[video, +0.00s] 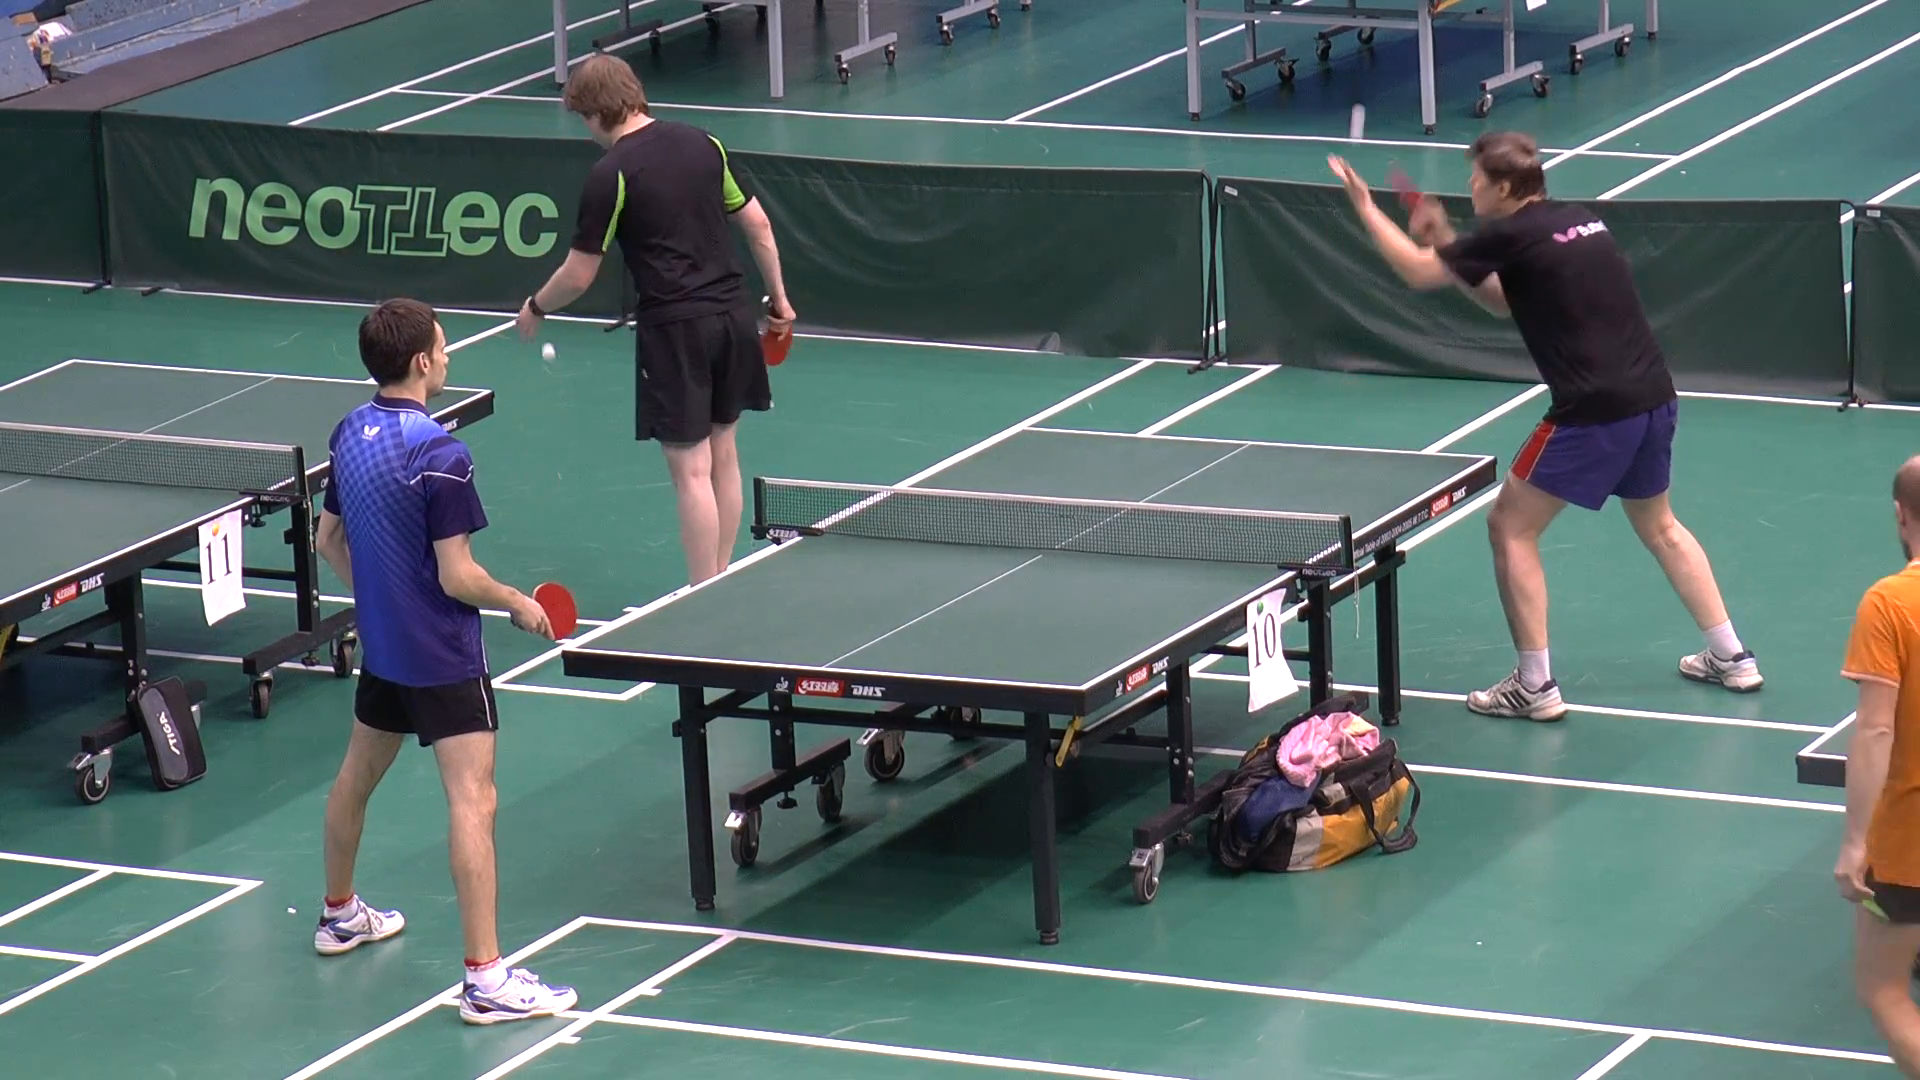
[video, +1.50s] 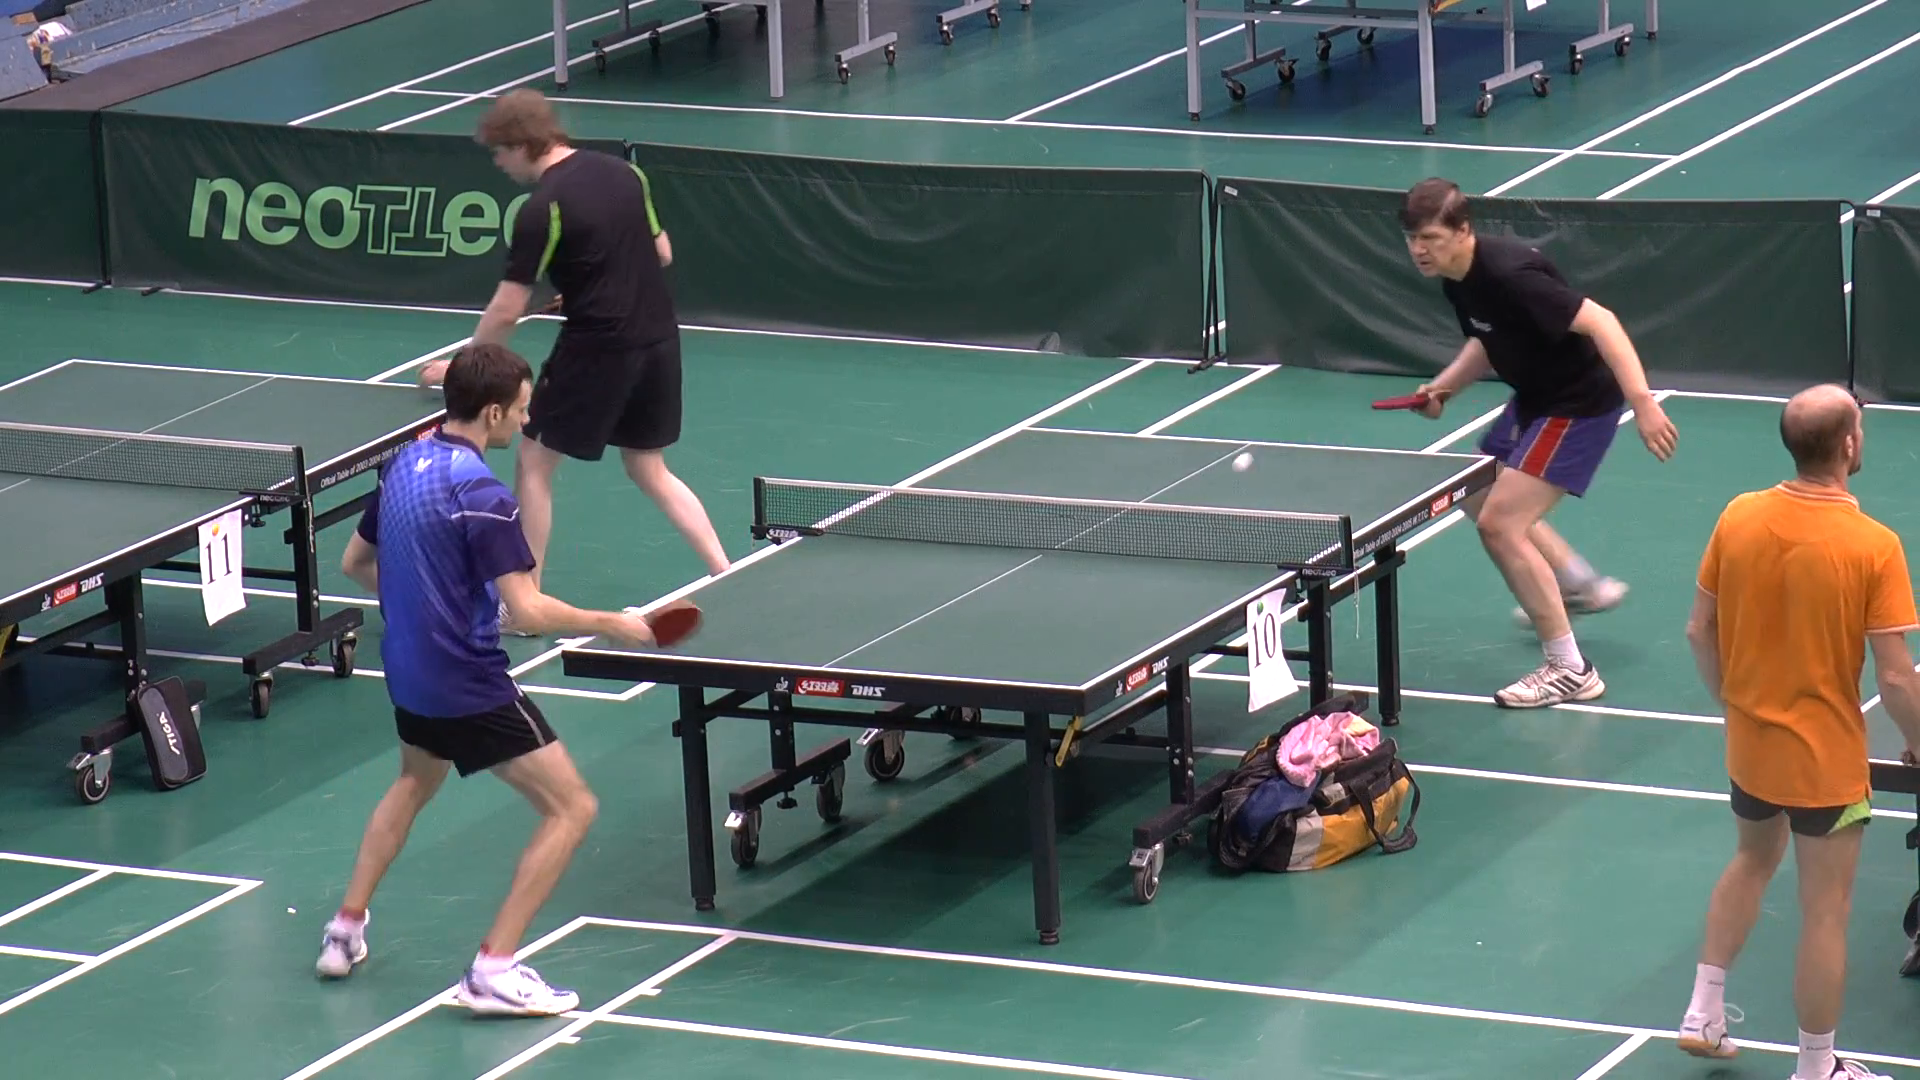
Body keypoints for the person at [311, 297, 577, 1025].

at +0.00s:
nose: (445, 356)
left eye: (442, 344)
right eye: (441, 346)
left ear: (376, 365)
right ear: (425, 360)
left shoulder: (350, 430)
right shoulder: (439, 448)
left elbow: (329, 538)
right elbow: (457, 575)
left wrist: (380, 596)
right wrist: (517, 602)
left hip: (383, 648)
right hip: (443, 655)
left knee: (355, 780)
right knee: (473, 802)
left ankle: (340, 912)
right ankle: (486, 974)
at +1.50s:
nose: (524, 418)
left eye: (524, 406)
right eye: (521, 406)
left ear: (458, 402)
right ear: (493, 410)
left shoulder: (404, 460)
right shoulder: (481, 490)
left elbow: (357, 562)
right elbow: (525, 609)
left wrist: (424, 595)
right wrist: (613, 623)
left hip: (408, 676)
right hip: (469, 686)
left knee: (416, 778)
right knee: (572, 808)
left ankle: (346, 926)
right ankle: (495, 966)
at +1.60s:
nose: (530, 440)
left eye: (530, 428)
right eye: (525, 428)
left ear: (467, 425)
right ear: (495, 430)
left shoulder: (412, 481)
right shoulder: (488, 513)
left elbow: (376, 573)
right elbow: (550, 617)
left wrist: (467, 598)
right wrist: (657, 638)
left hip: (418, 693)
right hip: (481, 699)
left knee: (418, 794)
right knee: (619, 786)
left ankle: (339, 934)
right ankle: (535, 936)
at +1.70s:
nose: (568, 456)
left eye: (568, 444)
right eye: (563, 445)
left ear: (512, 442)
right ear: (525, 445)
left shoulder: (451, 488)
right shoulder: (528, 525)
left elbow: (404, 553)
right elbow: (620, 608)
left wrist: (496, 581)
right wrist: (735, 621)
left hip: (438, 702)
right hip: (503, 706)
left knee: (421, 802)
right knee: (658, 769)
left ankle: (340, 933)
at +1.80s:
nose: (647, 457)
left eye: (647, 444)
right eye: (639, 446)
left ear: (576, 442)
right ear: (597, 445)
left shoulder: (513, 479)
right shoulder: (594, 521)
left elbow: (437, 524)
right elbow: (707, 589)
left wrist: (496, 546)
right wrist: (829, 600)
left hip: (479, 700)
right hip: (552, 703)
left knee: (426, 805)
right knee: (708, 767)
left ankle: (339, 935)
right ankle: (784, 927)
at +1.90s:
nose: (737, 469)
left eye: (739, 456)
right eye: (732, 457)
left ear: (669, 442)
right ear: (693, 450)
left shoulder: (596, 472)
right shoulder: (695, 523)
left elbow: (497, 503)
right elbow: (810, 594)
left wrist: (442, 526)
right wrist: (920, 600)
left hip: (544, 688)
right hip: (622, 697)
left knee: (458, 793)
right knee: (766, 779)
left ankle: (359, 924)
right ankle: (859, 938)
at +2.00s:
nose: (830, 477)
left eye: (827, 464)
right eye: (825, 466)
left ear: (757, 460)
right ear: (795, 471)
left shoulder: (680, 491)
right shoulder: (790, 546)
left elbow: (562, 515)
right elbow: (905, 611)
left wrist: (467, 537)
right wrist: (1005, 614)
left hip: (604, 694)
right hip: (688, 708)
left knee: (508, 795)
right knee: (847, 769)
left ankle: (402, 919)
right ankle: (885, 939)